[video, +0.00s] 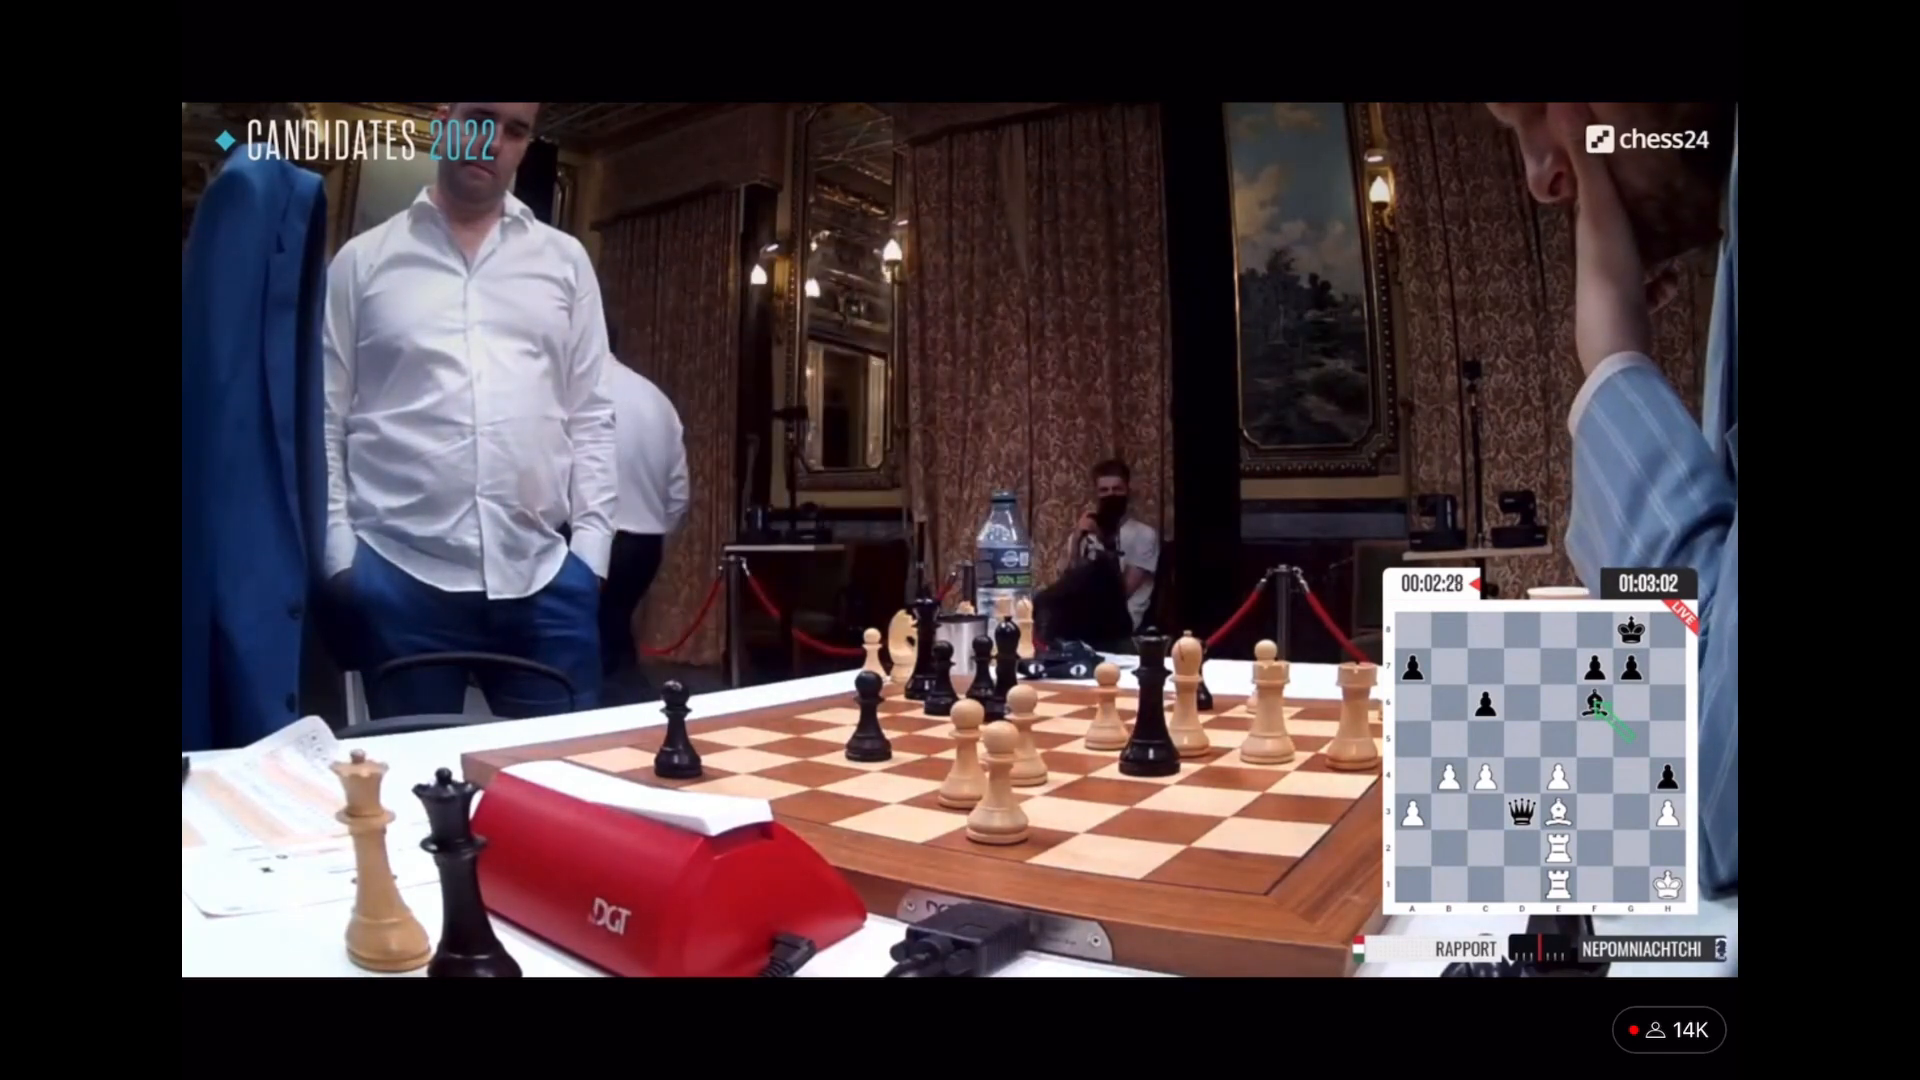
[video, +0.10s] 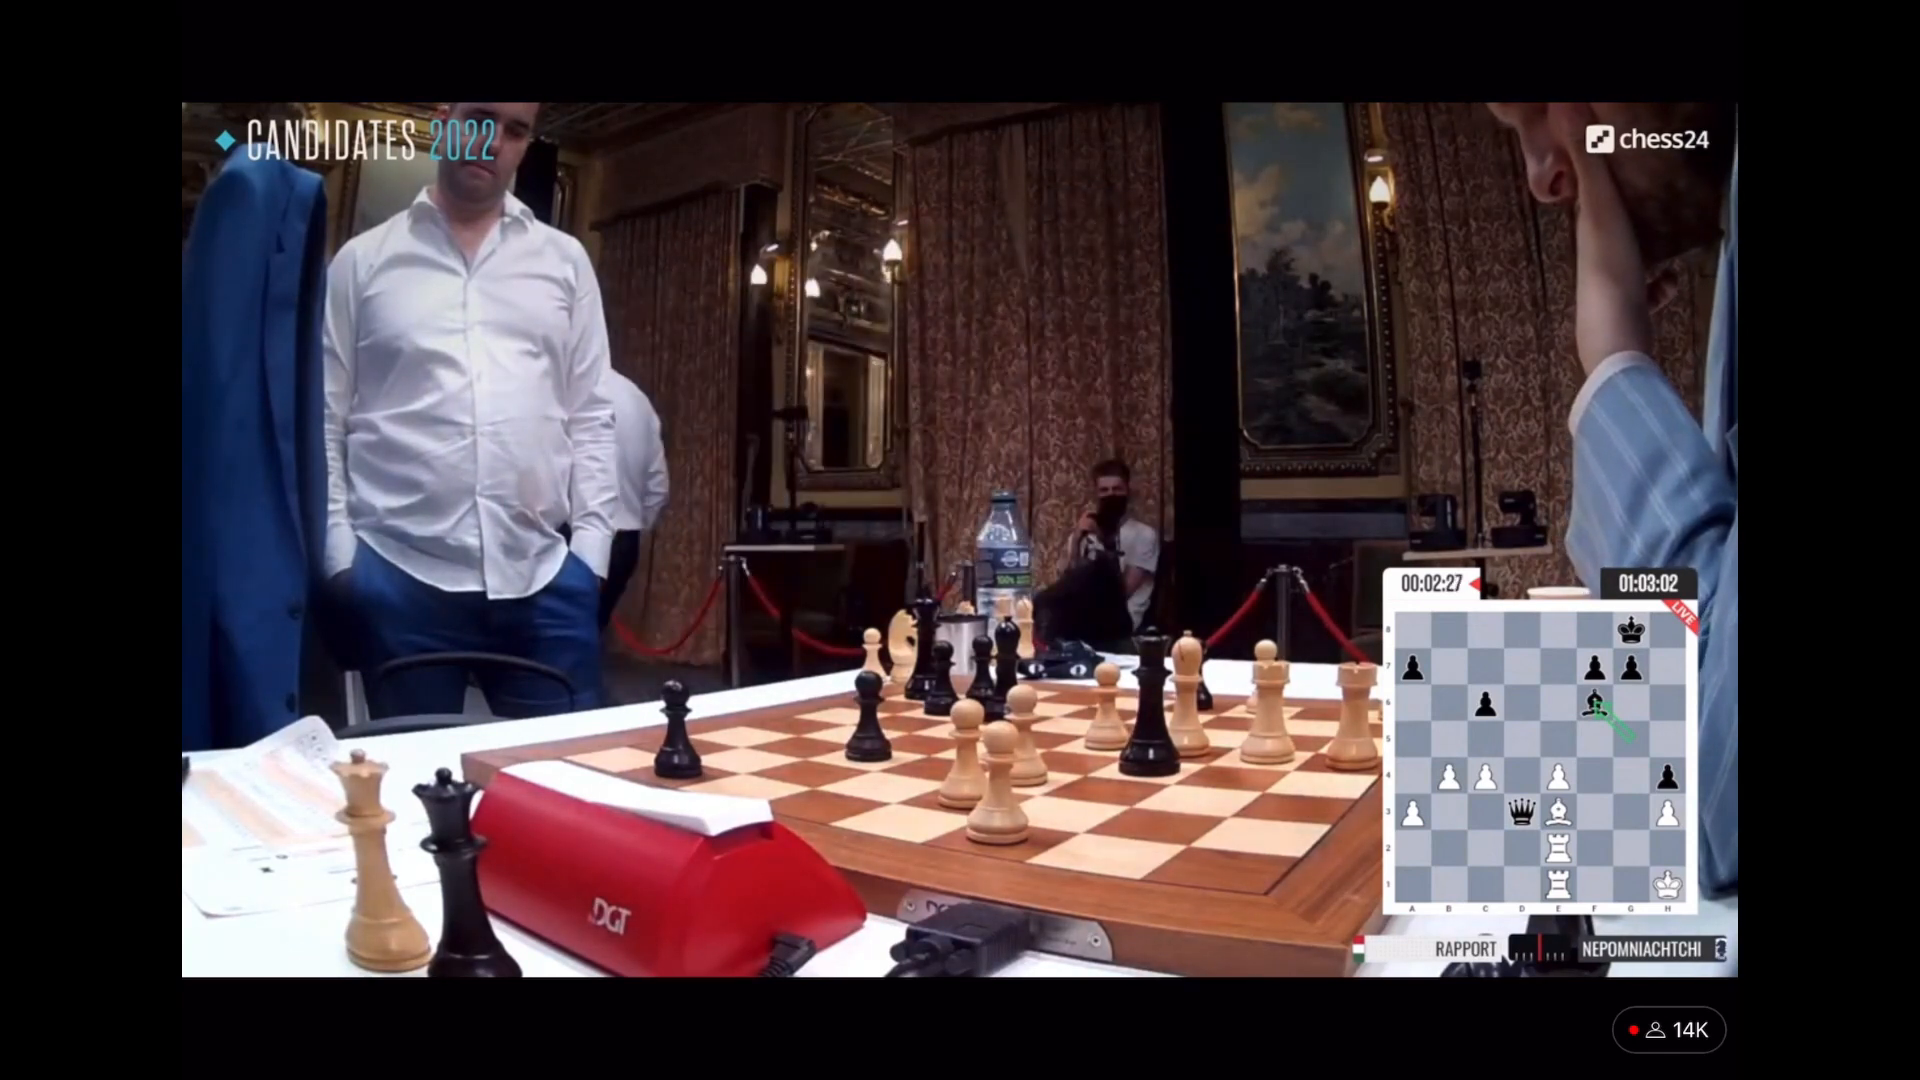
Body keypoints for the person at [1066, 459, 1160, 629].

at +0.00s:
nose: (1110, 496)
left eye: (1117, 489)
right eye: (1104, 490)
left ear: (1127, 491)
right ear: (1096, 493)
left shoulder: (1145, 536)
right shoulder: (1083, 536)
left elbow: (1125, 590)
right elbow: (1069, 582)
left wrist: (1103, 539)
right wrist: (1076, 538)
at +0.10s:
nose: (1110, 495)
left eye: (1117, 489)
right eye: (1104, 490)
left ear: (1127, 491)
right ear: (1096, 493)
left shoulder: (1144, 536)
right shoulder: (1083, 536)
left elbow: (1126, 589)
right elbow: (1069, 581)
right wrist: (1077, 538)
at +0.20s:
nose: (1110, 495)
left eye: (1117, 489)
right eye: (1103, 490)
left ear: (1127, 491)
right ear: (1096, 493)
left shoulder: (1144, 536)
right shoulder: (1083, 536)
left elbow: (1126, 589)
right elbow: (1069, 581)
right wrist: (1077, 538)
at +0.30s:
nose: (1111, 495)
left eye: (1117, 489)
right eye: (1104, 490)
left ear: (1127, 491)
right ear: (1096, 493)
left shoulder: (1145, 536)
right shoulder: (1083, 537)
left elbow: (1126, 590)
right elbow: (1071, 582)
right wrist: (1076, 537)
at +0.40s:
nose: (1110, 495)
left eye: (1117, 489)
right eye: (1104, 490)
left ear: (1127, 491)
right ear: (1096, 493)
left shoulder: (1145, 536)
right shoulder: (1084, 537)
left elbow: (1126, 590)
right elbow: (1070, 582)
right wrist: (1076, 537)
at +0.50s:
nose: (1110, 495)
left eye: (1117, 489)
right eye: (1103, 490)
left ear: (1127, 491)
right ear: (1096, 493)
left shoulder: (1145, 536)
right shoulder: (1083, 536)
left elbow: (1126, 590)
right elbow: (1071, 582)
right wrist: (1076, 537)